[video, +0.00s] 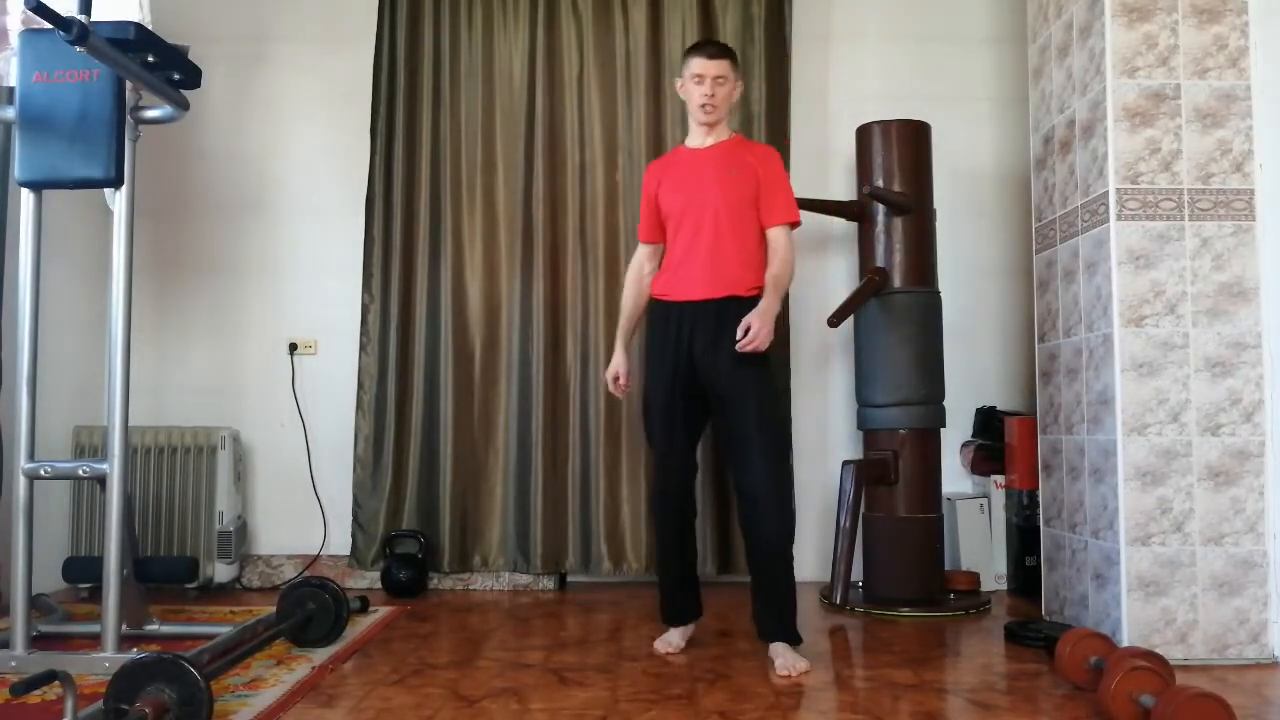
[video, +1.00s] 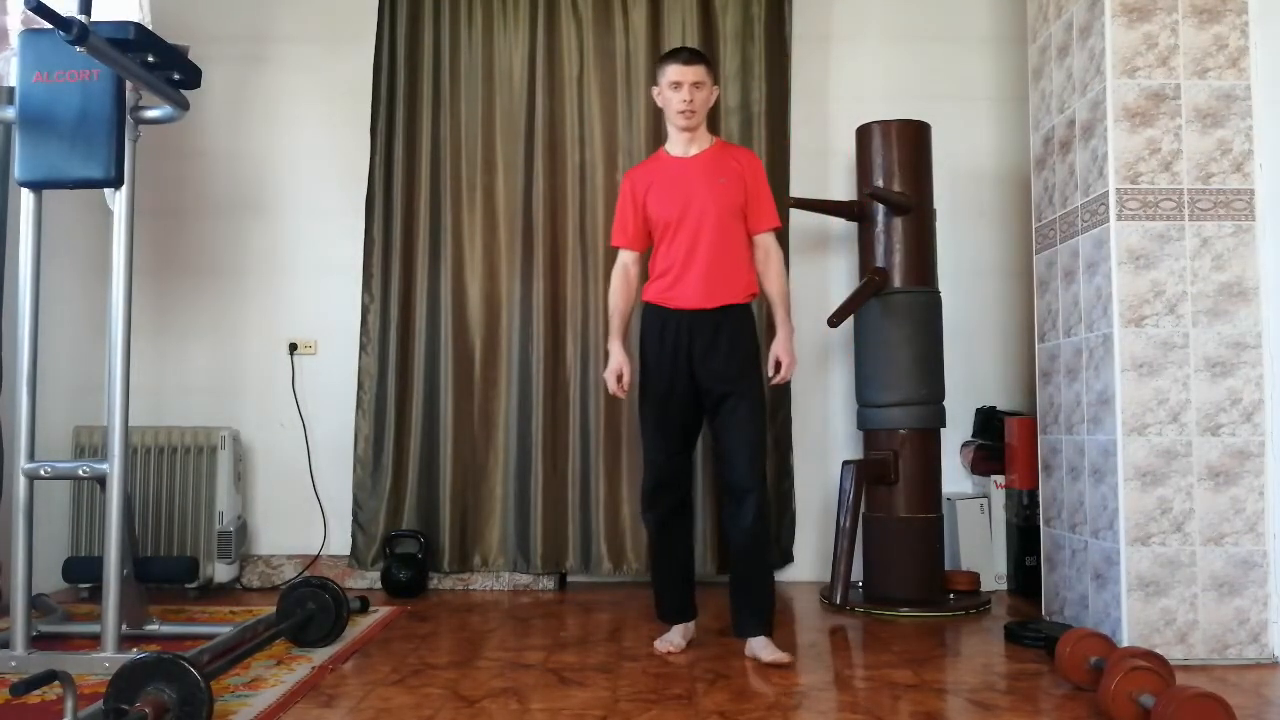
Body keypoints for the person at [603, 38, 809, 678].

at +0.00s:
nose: (709, 90)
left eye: (720, 80)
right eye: (698, 80)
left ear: (737, 89)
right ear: (681, 88)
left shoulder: (761, 160)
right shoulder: (660, 172)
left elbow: (782, 247)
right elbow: (644, 263)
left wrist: (770, 306)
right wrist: (621, 344)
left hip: (741, 327)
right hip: (669, 330)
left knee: (763, 483)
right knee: (670, 482)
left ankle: (780, 634)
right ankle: (680, 616)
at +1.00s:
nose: (685, 95)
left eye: (695, 85)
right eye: (674, 86)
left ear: (714, 94)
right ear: (657, 96)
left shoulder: (744, 166)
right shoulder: (640, 179)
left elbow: (768, 251)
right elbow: (627, 266)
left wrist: (783, 329)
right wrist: (615, 342)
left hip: (734, 332)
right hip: (664, 335)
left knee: (744, 482)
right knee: (665, 482)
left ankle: (754, 629)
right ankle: (679, 617)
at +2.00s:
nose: (666, 126)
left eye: (676, 117)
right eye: (656, 118)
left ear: (692, 128)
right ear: (642, 129)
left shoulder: (713, 194)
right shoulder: (622, 195)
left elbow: (732, 272)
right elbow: (588, 262)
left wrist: (733, 335)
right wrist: (588, 199)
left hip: (696, 339)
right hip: (634, 338)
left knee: (707, 474)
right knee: (616, 471)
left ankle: (713, 601)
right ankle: (608, 599)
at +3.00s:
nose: (676, 120)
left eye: (685, 113)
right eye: (666, 112)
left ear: (699, 127)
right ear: (647, 124)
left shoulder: (716, 192)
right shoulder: (625, 195)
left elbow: (735, 273)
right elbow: (614, 276)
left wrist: (740, 341)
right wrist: (600, 351)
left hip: (701, 340)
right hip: (638, 339)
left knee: (710, 475)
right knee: (622, 472)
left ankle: (714, 602)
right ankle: (609, 598)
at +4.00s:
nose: (656, 120)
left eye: (666, 113)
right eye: (646, 113)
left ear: (682, 127)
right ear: (631, 128)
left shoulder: (705, 190)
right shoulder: (614, 197)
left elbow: (725, 270)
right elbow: (598, 278)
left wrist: (733, 339)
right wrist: (576, 349)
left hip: (692, 340)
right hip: (625, 339)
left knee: (704, 474)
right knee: (612, 473)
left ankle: (710, 601)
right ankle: (607, 599)